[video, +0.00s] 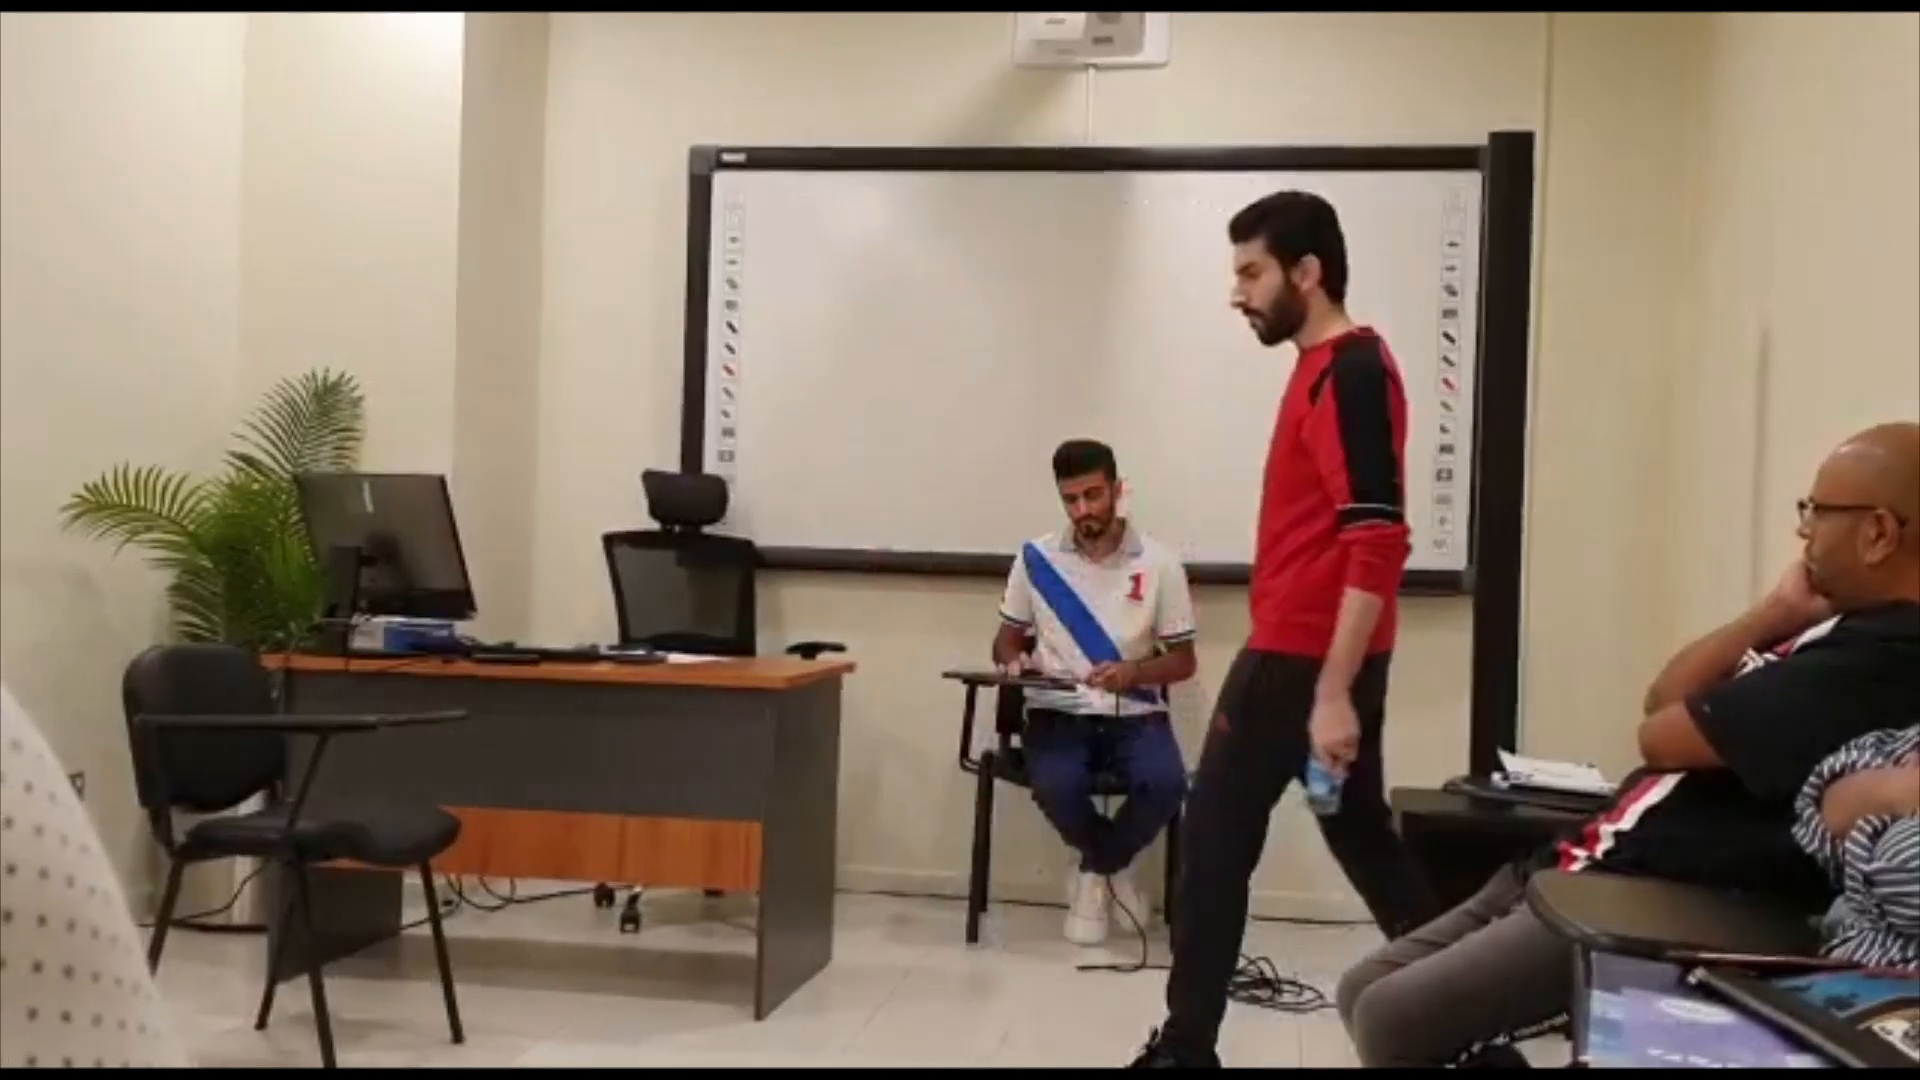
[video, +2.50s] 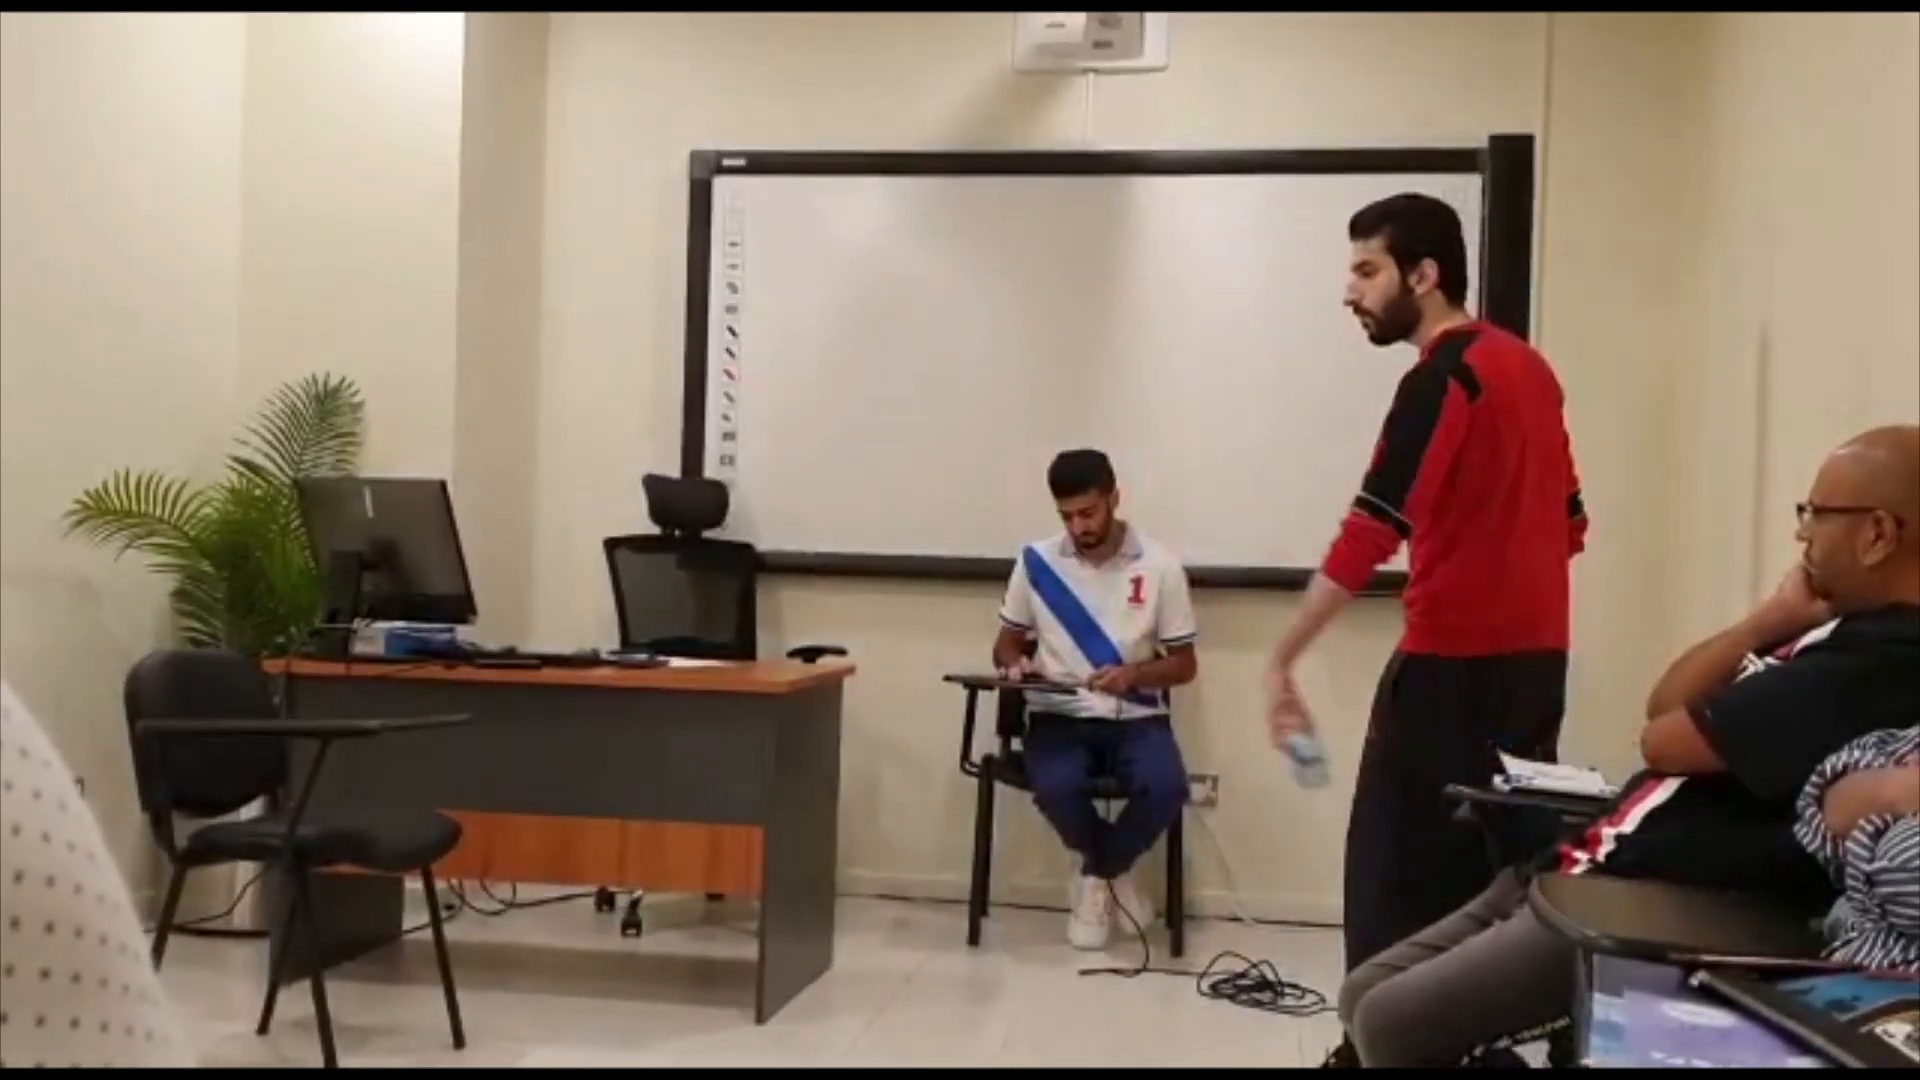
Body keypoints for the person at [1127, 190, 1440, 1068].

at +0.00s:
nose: (1236, 294)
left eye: (1249, 273)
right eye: (1234, 276)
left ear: (1308, 272)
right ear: (1303, 278)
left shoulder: (1352, 366)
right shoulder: (1322, 366)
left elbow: (1379, 541)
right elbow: (1326, 535)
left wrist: (1335, 690)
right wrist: (1267, 664)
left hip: (1300, 656)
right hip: (1319, 650)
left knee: (1215, 831)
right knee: (1365, 838)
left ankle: (1188, 1043)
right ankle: (1470, 1023)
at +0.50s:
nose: (1386, 280)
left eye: (1402, 260)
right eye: (1386, 260)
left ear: (1463, 261)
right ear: (1460, 265)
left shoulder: (1464, 363)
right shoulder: (1517, 362)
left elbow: (1473, 535)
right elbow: (1532, 534)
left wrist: (1419, 683)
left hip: (1410, 664)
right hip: (1475, 665)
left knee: (1373, 854)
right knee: (1464, 855)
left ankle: (1424, 1054)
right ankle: (1474, 1050)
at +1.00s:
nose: (1427, 288)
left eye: (1447, 270)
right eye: (1428, 268)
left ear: (1511, 279)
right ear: (1506, 283)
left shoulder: (1510, 384)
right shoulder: (1487, 363)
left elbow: (1473, 574)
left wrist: (1371, 698)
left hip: (1448, 672)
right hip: (1427, 667)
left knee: (1439, 908)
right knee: (1436, 904)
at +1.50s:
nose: (1388, 280)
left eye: (1405, 261)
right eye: (1389, 260)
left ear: (1468, 266)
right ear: (1458, 271)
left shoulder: (1498, 364)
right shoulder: (1469, 358)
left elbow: (1535, 544)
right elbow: (1485, 535)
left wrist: (1495, 703)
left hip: (1470, 669)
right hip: (1438, 664)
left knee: (1451, 901)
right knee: (1428, 896)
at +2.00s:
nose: (1369, 317)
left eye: (1384, 296)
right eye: (1368, 298)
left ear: (1444, 294)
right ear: (1442, 297)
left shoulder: (1496, 376)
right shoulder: (1486, 373)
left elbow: (1582, 531)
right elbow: (1545, 532)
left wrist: (1591, 689)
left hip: (1499, 674)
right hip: (1510, 669)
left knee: (1397, 853)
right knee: (1481, 866)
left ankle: (1391, 1052)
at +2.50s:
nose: (1351, 293)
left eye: (1365, 272)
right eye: (1352, 273)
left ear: (1424, 274)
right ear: (1434, 277)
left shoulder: (1440, 374)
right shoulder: (1529, 365)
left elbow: (1372, 530)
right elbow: (1570, 527)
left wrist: (1282, 657)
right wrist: (1467, 580)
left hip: (1450, 665)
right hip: (1533, 664)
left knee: (1390, 863)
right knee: (1503, 861)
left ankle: (1388, 1041)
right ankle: (1490, 1035)